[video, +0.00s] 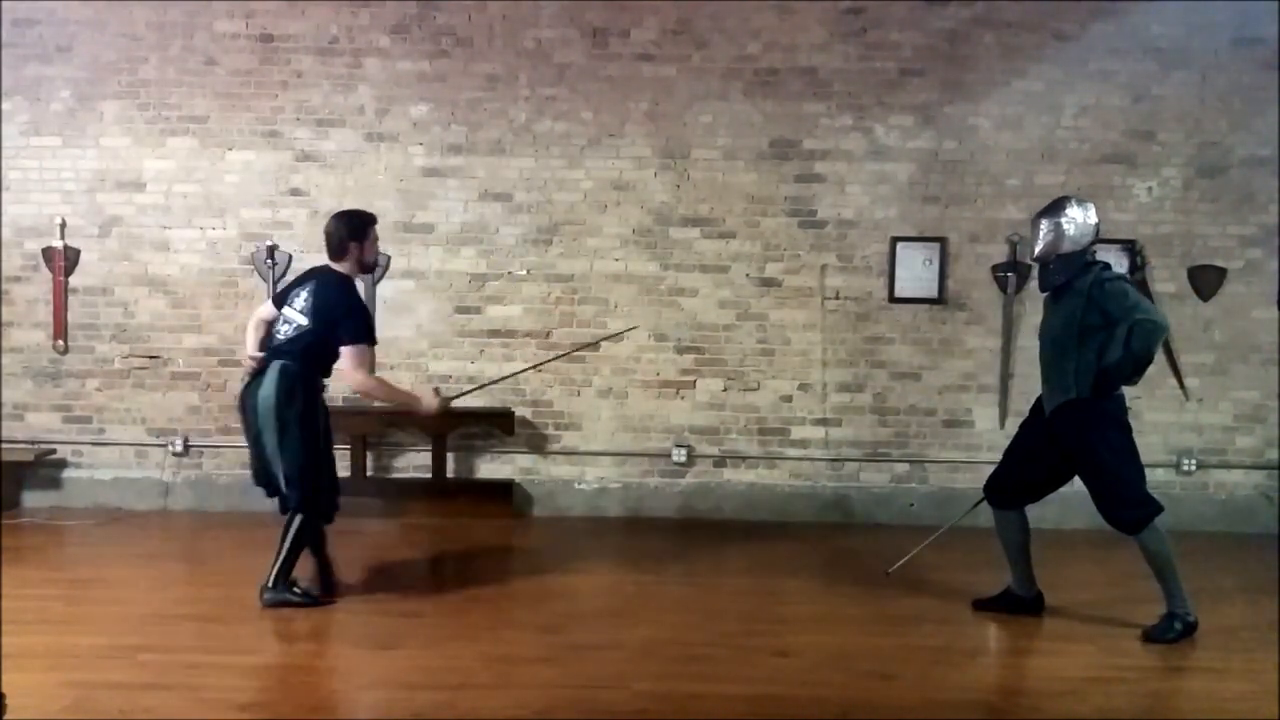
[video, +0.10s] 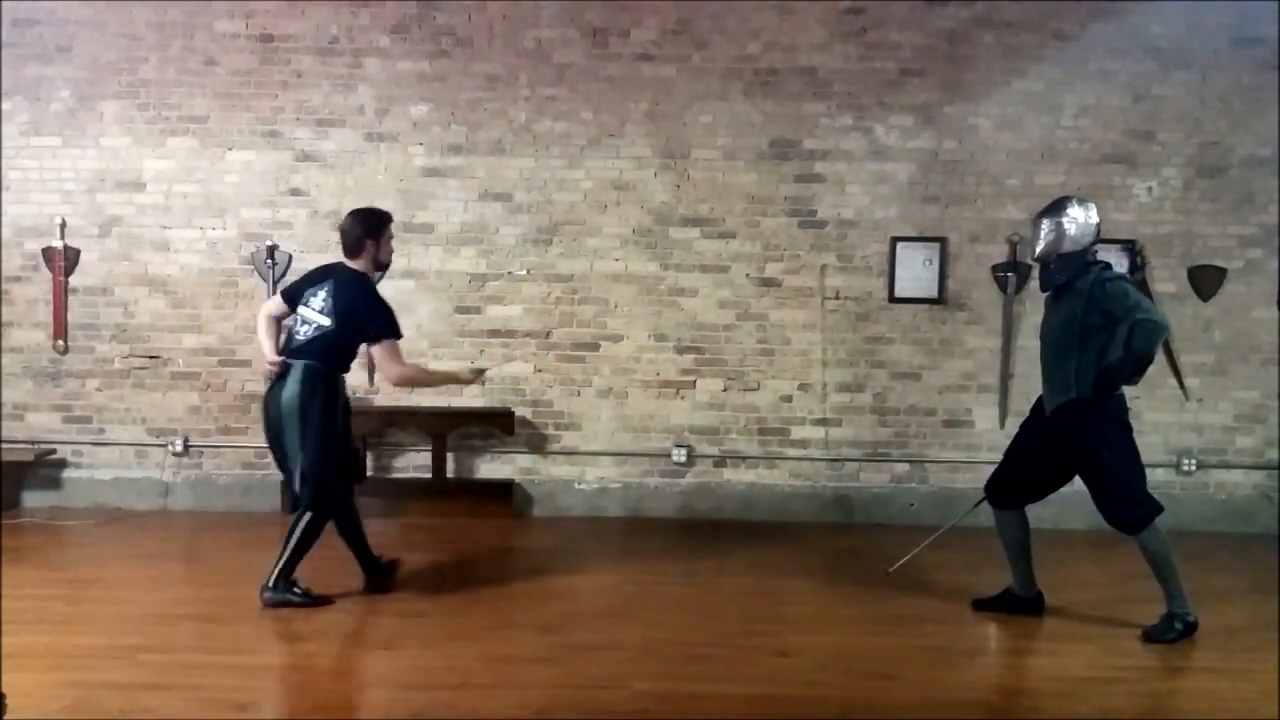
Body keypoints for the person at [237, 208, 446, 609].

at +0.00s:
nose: (377, 249)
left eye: (376, 241)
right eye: (373, 242)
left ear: (336, 247)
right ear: (354, 247)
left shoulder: (307, 279)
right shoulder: (350, 301)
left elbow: (259, 317)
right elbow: (356, 376)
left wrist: (253, 353)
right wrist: (415, 399)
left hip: (262, 386)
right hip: (292, 391)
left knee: (304, 488)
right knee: (315, 491)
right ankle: (277, 583)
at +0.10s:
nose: (393, 247)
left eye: (391, 239)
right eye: (389, 240)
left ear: (353, 244)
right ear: (370, 245)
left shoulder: (321, 276)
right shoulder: (370, 301)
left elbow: (268, 313)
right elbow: (394, 372)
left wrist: (270, 355)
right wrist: (456, 377)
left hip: (286, 390)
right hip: (315, 393)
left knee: (337, 486)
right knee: (324, 493)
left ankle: (371, 569)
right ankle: (278, 582)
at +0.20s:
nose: (408, 243)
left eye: (406, 235)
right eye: (404, 236)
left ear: (369, 239)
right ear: (387, 240)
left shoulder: (334, 272)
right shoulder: (386, 292)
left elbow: (281, 312)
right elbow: (434, 356)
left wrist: (294, 356)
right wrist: (493, 348)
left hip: (313, 387)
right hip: (342, 391)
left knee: (360, 486)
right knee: (341, 491)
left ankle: (387, 570)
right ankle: (284, 574)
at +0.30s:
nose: (423, 239)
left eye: (423, 232)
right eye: (421, 232)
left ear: (383, 233)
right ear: (403, 234)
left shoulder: (349, 266)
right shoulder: (408, 285)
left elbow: (300, 309)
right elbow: (467, 329)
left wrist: (319, 355)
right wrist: (526, 319)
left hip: (333, 382)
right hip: (366, 386)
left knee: (373, 479)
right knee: (399, 484)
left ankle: (390, 570)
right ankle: (324, 545)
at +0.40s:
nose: (440, 236)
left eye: (440, 229)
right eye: (438, 229)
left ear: (399, 229)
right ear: (422, 231)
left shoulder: (364, 262)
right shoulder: (424, 277)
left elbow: (318, 302)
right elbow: (496, 303)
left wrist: (335, 350)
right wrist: (553, 294)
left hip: (346, 379)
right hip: (380, 379)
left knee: (376, 473)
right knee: (450, 439)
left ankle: (391, 569)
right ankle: (379, 483)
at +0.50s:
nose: (460, 234)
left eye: (460, 227)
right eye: (458, 227)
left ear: (419, 227)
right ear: (442, 229)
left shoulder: (380, 260)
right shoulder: (445, 272)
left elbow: (334, 299)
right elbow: (516, 285)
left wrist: (351, 350)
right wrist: (576, 275)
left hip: (365, 379)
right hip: (400, 374)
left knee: (384, 474)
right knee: (479, 397)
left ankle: (392, 571)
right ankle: (417, 453)